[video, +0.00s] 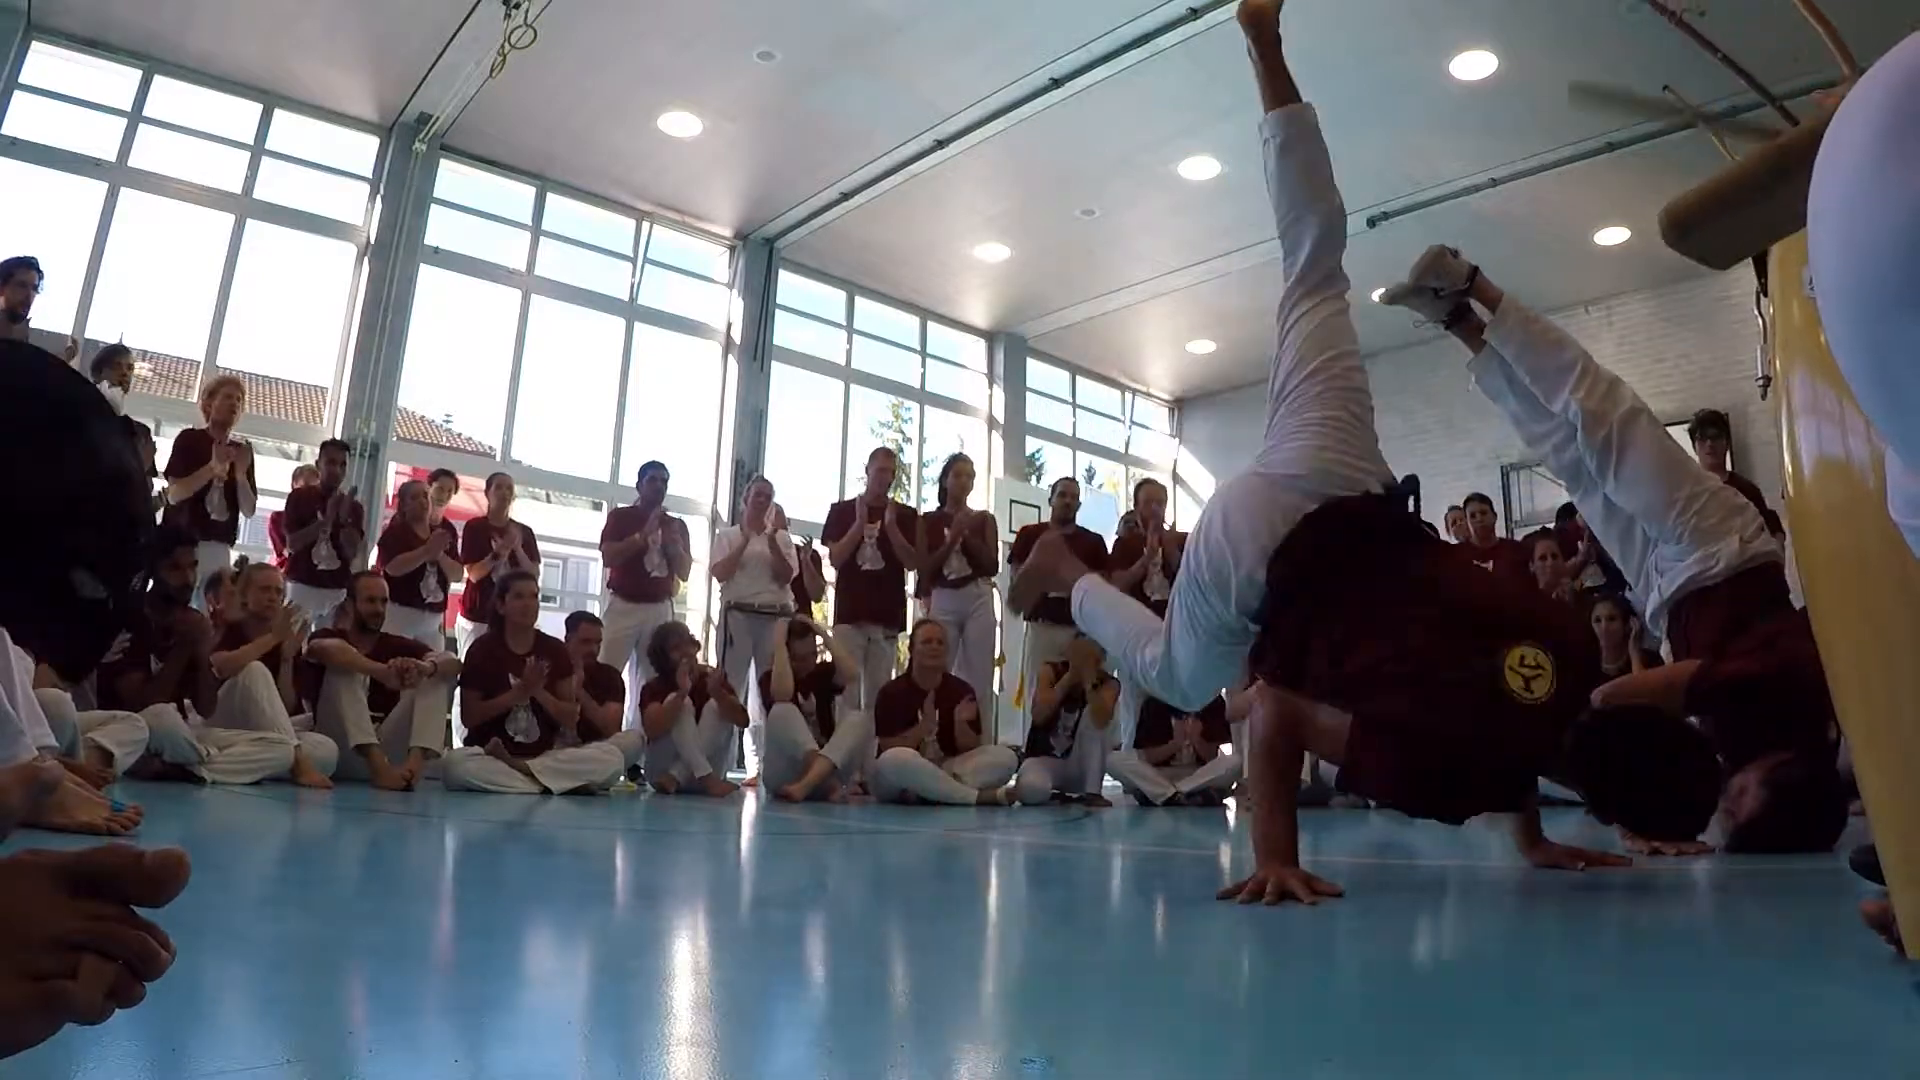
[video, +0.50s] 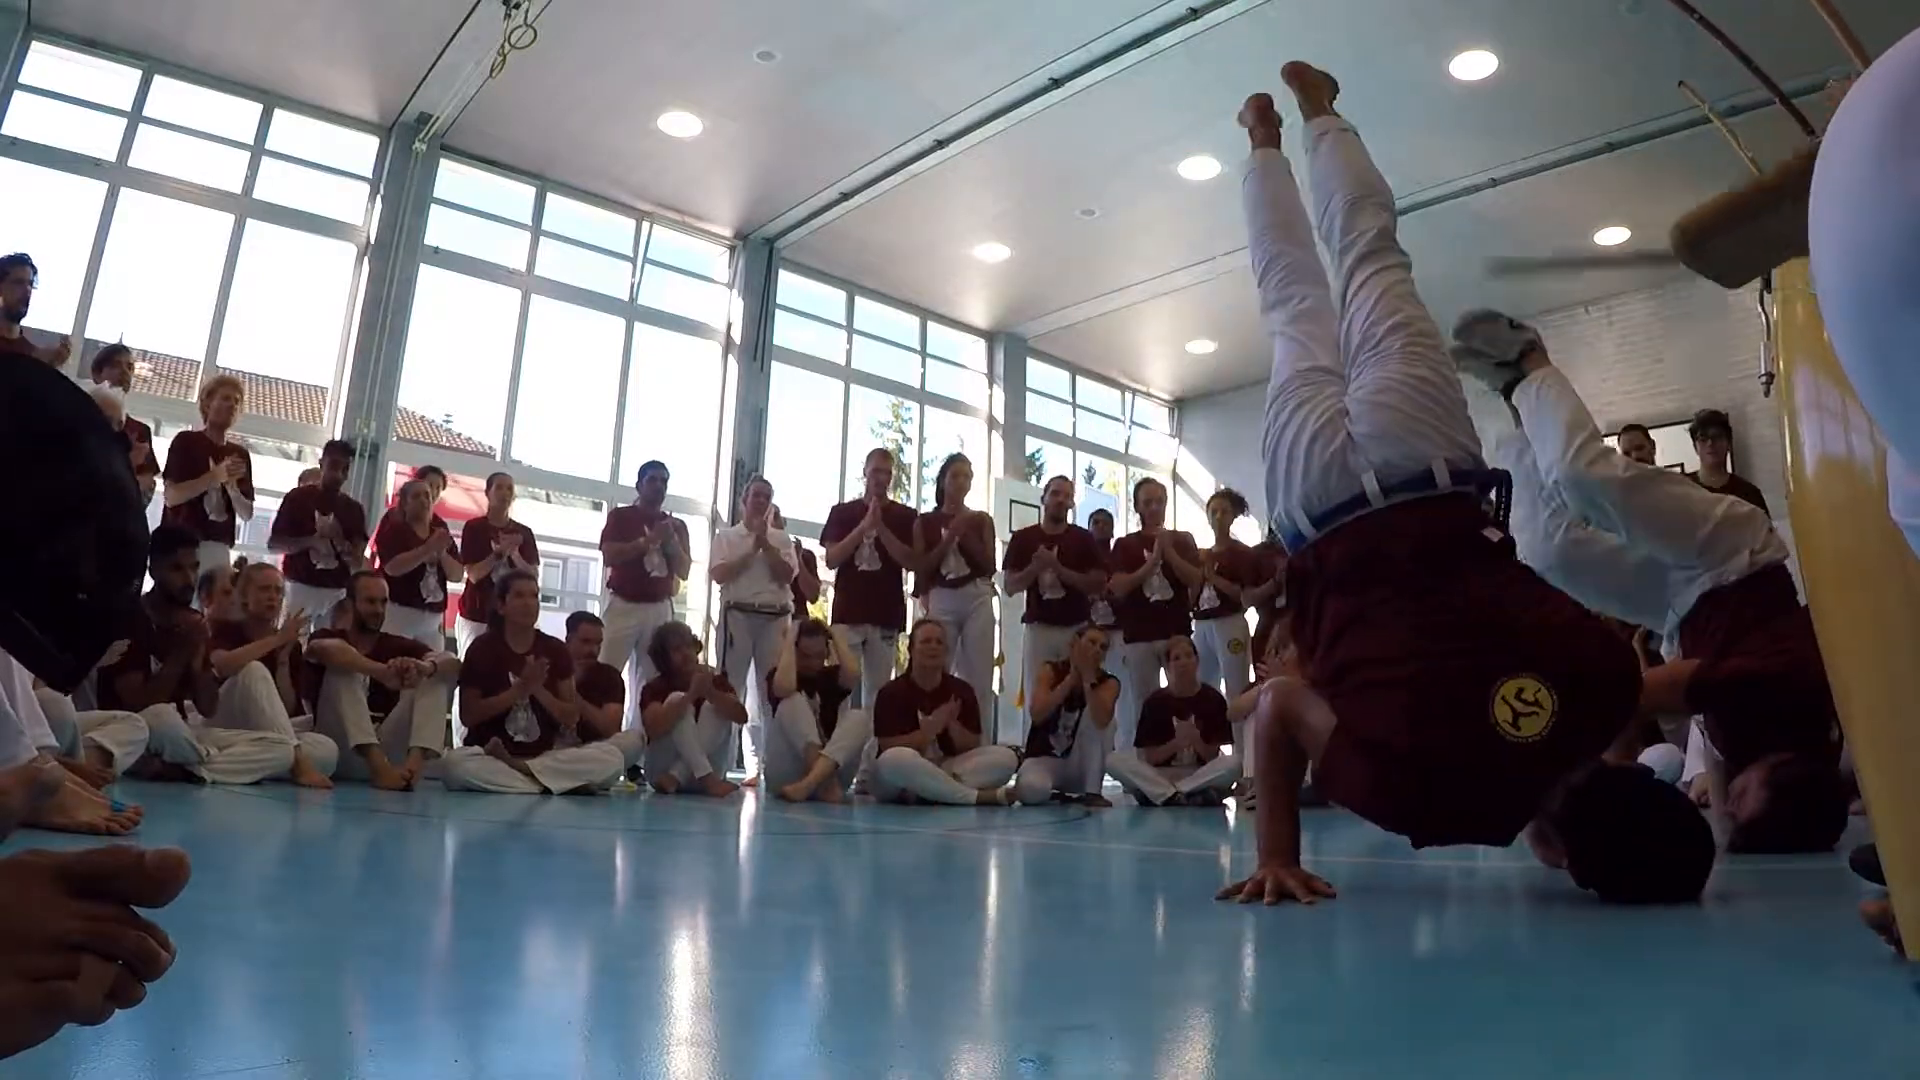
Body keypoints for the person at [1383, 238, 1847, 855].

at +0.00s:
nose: (1735, 800)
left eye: (1735, 817)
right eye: (1746, 796)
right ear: (1767, 774)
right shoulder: (1784, 695)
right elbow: (1612, 693)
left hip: (1670, 613)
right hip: (1721, 558)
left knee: (1579, 472)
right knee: (1604, 416)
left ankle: (1460, 323)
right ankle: (1476, 289)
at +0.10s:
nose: (1734, 803)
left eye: (1738, 821)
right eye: (1746, 800)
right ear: (1766, 776)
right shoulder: (1782, 694)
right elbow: (1621, 697)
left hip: (1674, 609)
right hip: (1722, 557)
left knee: (1582, 471)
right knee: (1606, 416)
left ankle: (1462, 318)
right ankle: (1477, 286)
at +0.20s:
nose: (1733, 808)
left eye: (1738, 823)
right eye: (1745, 803)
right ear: (1768, 773)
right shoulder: (1779, 694)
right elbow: (1631, 695)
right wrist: (1615, 799)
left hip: (1673, 606)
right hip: (1721, 555)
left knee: (1580, 466)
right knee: (1602, 413)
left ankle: (1461, 319)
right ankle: (1473, 281)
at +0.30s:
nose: (1729, 803)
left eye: (1733, 817)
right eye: (1742, 798)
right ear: (1767, 771)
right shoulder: (1778, 698)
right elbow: (1635, 691)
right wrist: (1613, 778)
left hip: (1677, 610)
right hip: (1728, 557)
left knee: (1575, 479)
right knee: (1603, 434)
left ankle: (1464, 326)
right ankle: (1478, 294)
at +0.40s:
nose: (1726, 801)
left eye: (1731, 817)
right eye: (1740, 800)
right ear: (1771, 775)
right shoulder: (1782, 696)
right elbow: (1630, 692)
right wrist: (1615, 779)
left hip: (1682, 610)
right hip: (1733, 561)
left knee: (1559, 509)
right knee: (1596, 455)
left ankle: (1492, 354)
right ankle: (1501, 320)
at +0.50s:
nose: (1720, 800)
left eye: (1728, 815)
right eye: (1737, 798)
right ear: (1767, 772)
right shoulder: (1782, 692)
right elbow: (1630, 695)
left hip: (1686, 618)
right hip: (1737, 556)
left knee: (1547, 549)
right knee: (1584, 475)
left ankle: (1518, 403)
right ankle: (1531, 364)